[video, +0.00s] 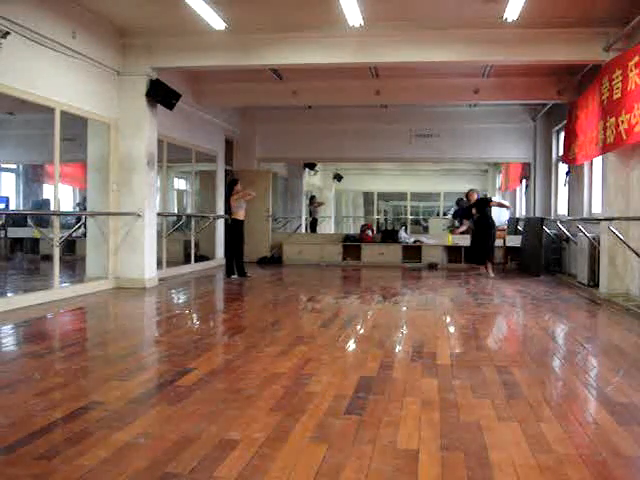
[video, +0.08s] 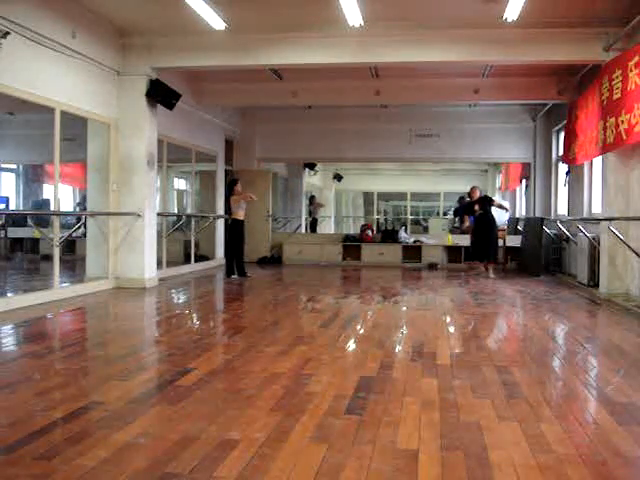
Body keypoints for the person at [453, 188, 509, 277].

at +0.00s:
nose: (470, 197)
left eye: (472, 195)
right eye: (469, 196)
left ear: (476, 195)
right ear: (467, 198)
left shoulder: (483, 202)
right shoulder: (467, 209)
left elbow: (497, 204)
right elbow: (465, 224)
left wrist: (506, 206)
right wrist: (458, 231)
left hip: (489, 227)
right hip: (478, 229)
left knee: (488, 248)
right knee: (479, 248)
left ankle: (490, 271)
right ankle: (482, 269)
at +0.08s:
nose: (474, 195)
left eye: (475, 192)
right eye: (472, 193)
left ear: (479, 193)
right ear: (470, 194)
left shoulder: (485, 199)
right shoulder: (468, 205)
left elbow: (496, 204)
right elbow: (466, 221)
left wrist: (505, 208)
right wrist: (465, 226)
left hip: (489, 225)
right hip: (478, 227)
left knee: (490, 247)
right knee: (481, 248)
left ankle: (490, 270)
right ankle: (486, 269)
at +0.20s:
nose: (480, 191)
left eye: (481, 188)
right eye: (478, 188)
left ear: (485, 189)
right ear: (475, 190)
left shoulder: (490, 198)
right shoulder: (472, 201)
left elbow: (497, 207)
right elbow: (470, 215)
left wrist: (501, 213)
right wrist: (471, 225)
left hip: (491, 224)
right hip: (480, 225)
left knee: (491, 246)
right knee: (479, 245)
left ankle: (490, 269)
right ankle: (481, 267)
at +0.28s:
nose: (480, 190)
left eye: (482, 188)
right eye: (479, 188)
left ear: (486, 189)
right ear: (476, 189)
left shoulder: (491, 198)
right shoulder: (472, 201)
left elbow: (498, 209)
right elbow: (470, 216)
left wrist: (502, 217)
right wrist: (472, 228)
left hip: (491, 226)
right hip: (480, 226)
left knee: (491, 247)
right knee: (479, 246)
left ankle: (490, 270)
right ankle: (482, 267)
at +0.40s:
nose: (483, 188)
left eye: (485, 186)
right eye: (482, 186)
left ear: (489, 188)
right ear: (480, 188)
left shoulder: (494, 199)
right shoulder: (474, 200)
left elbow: (499, 212)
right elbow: (470, 215)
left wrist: (495, 218)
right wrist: (469, 226)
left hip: (490, 227)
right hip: (478, 227)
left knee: (491, 248)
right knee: (477, 247)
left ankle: (489, 270)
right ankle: (479, 270)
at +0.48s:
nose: (482, 187)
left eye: (484, 186)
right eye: (481, 185)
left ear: (489, 188)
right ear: (479, 188)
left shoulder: (494, 200)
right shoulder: (474, 200)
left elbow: (499, 213)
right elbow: (469, 214)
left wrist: (493, 220)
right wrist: (467, 226)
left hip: (490, 227)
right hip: (478, 227)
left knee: (490, 248)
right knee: (478, 249)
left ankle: (488, 269)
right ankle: (480, 272)